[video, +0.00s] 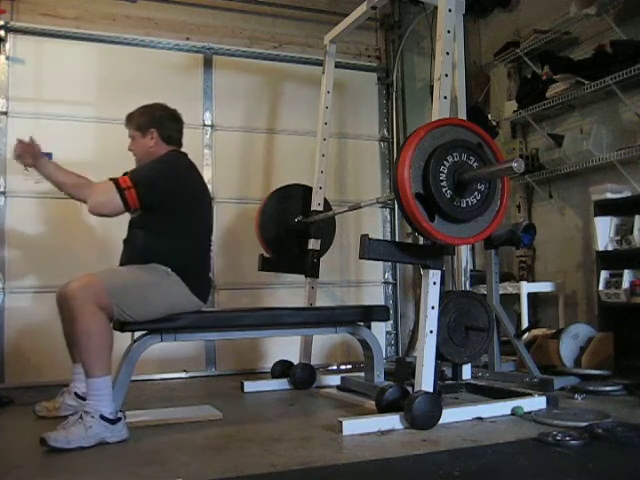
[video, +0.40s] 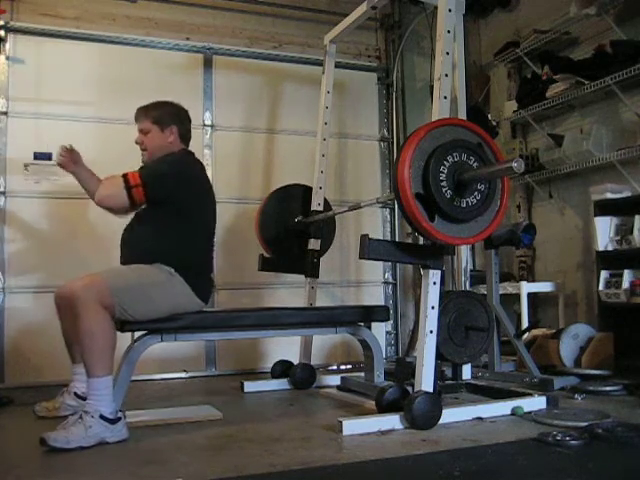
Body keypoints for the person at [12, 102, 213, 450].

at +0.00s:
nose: (129, 146)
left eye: (133, 138)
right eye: (130, 138)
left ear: (153, 138)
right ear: (155, 139)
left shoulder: (170, 169)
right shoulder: (159, 169)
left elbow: (100, 204)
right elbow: (90, 191)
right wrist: (40, 162)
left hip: (178, 280)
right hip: (157, 276)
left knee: (84, 296)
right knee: (69, 294)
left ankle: (104, 416)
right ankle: (82, 394)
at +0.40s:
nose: (138, 140)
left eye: (145, 132)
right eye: (138, 133)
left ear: (171, 135)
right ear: (169, 136)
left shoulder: (179, 166)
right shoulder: (166, 169)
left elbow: (109, 196)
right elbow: (113, 202)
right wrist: (79, 169)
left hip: (179, 280)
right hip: (156, 277)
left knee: (88, 294)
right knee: (66, 297)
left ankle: (105, 416)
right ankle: (82, 394)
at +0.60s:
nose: (138, 139)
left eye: (145, 131)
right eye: (138, 132)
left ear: (172, 134)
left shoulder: (181, 162)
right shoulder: (163, 174)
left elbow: (113, 180)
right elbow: (131, 221)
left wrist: (97, 180)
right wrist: (101, 197)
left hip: (179, 281)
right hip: (154, 279)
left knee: (87, 286)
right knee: (66, 296)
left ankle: (99, 409)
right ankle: (81, 392)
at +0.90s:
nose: (130, 133)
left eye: (138, 127)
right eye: (131, 126)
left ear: (165, 132)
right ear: (159, 133)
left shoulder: (180, 160)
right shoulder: (154, 172)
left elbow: (152, 175)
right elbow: (132, 203)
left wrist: (91, 175)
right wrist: (100, 221)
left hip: (178, 281)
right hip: (154, 278)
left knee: (82, 292)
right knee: (72, 291)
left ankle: (85, 415)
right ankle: (75, 390)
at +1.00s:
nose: (120, 130)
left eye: (128, 123)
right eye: (121, 123)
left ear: (155, 129)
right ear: (149, 131)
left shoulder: (173, 161)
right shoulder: (147, 170)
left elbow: (178, 194)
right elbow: (155, 231)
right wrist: (117, 243)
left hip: (177, 280)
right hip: (154, 276)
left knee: (83, 292)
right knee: (75, 292)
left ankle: (86, 415)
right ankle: (72, 393)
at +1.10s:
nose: (114, 129)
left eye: (121, 122)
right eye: (114, 122)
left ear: (148, 124)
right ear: (145, 126)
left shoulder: (169, 161)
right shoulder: (146, 164)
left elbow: (190, 206)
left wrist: (179, 241)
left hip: (172, 281)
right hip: (148, 276)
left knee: (83, 293)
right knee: (74, 292)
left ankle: (87, 415)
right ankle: (72, 392)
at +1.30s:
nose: (108, 128)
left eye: (115, 120)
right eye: (108, 120)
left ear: (142, 120)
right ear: (140, 122)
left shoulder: (158, 158)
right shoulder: (136, 162)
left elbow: (182, 212)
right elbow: (145, 226)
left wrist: (145, 252)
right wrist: (106, 260)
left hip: (169, 278)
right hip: (144, 274)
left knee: (83, 296)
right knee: (68, 293)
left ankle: (86, 416)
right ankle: (70, 391)